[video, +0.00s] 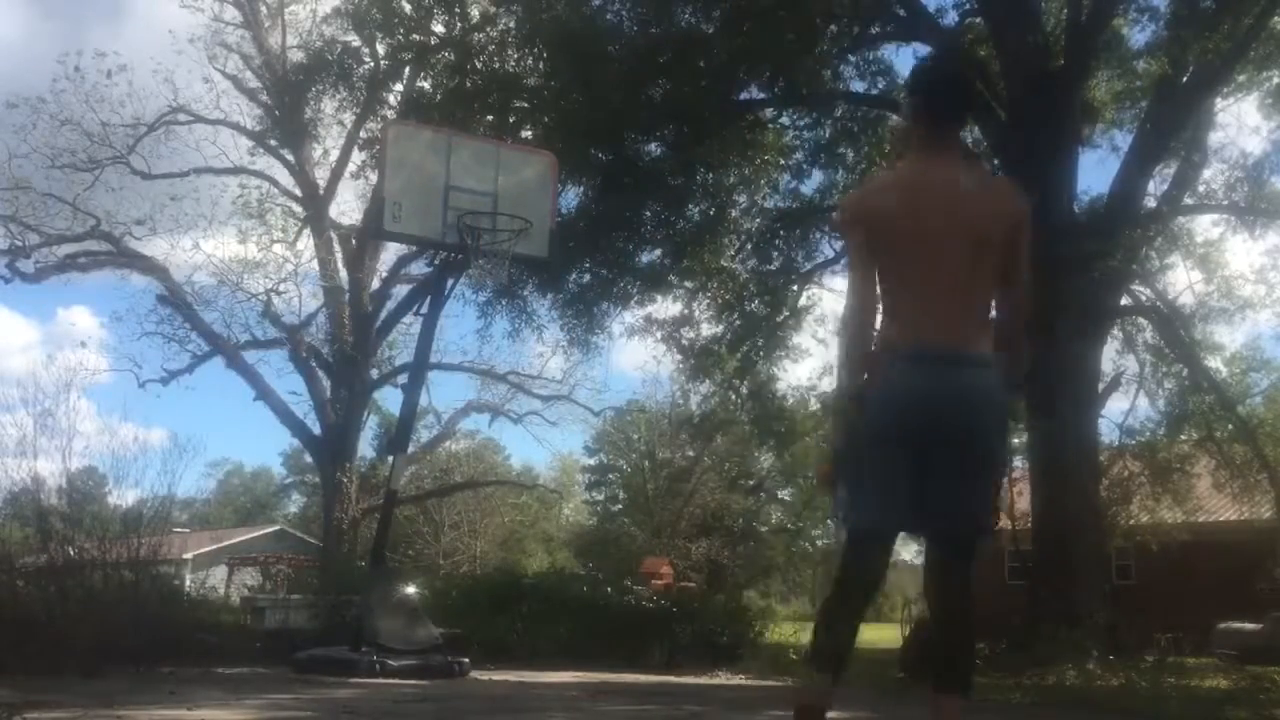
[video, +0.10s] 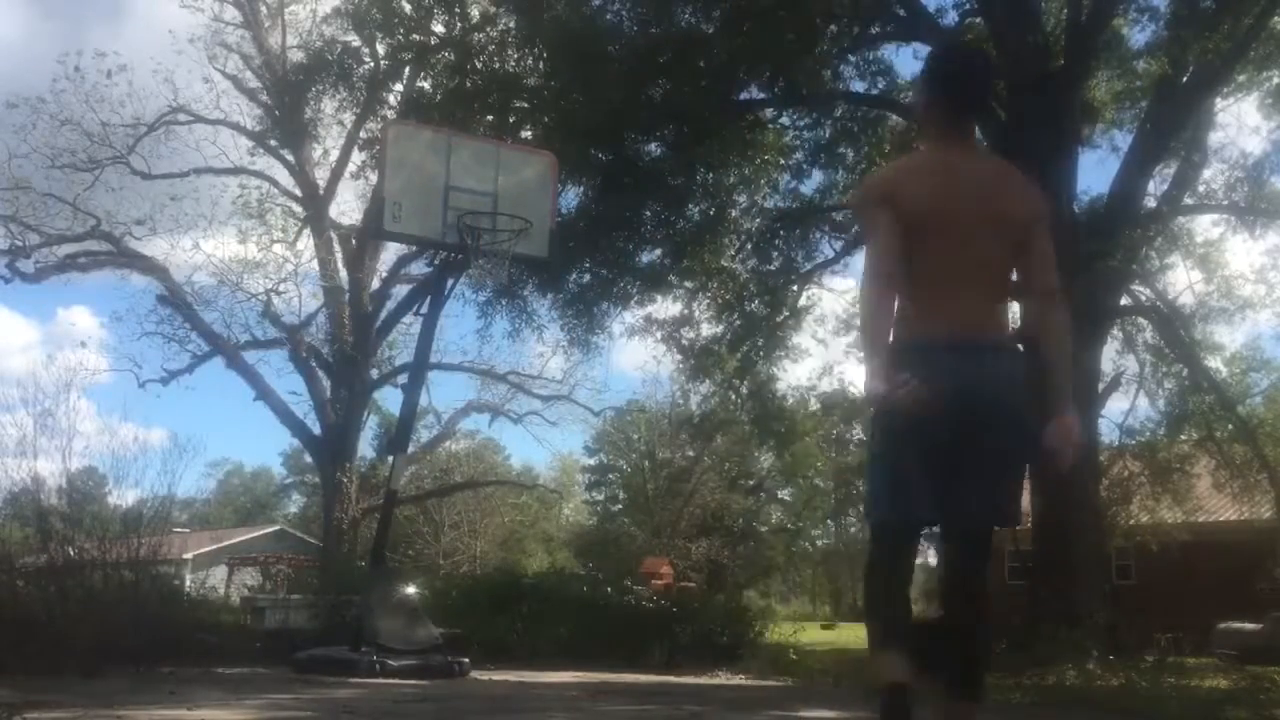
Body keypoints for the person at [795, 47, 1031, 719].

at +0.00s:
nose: (906, 121)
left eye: (907, 111)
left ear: (911, 115)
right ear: (970, 119)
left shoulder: (872, 197)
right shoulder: (1005, 199)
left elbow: (860, 315)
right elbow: (1014, 310)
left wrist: (845, 408)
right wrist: (998, 388)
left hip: (894, 385)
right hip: (976, 389)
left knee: (863, 555)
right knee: (953, 563)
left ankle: (812, 699)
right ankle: (949, 704)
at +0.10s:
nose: (917, 105)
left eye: (920, 96)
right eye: (925, 96)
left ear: (924, 102)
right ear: (984, 105)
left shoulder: (891, 185)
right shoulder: (1021, 191)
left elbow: (880, 280)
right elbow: (1047, 300)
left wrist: (877, 368)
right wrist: (1065, 402)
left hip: (918, 369)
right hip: (998, 374)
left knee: (892, 538)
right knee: (970, 545)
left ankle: (895, 671)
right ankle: (963, 695)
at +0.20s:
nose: (926, 101)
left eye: (930, 92)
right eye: (935, 92)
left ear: (940, 100)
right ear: (998, 104)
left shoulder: (907, 169)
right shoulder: (1032, 187)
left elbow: (912, 221)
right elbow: (1091, 264)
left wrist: (917, 313)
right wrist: (1114, 350)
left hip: (942, 375)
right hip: (1020, 373)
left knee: (928, 525)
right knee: (988, 528)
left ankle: (977, 661)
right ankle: (970, 661)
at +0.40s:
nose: (950, 108)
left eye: (955, 97)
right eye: (951, 98)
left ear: (972, 99)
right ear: (1023, 103)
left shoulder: (959, 157)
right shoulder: (1062, 175)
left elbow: (961, 210)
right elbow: (1118, 258)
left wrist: (952, 303)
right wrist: (1154, 366)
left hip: (1002, 370)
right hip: (1069, 372)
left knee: (1026, 548)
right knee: (1040, 547)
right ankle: (990, 696)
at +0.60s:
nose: (996, 74)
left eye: (999, 63)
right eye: (997, 63)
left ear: (1019, 66)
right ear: (1077, 68)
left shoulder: (1005, 147)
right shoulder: (1116, 156)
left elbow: (995, 277)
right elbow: (1116, 262)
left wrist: (970, 399)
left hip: (1060, 344)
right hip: (1133, 343)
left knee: (1091, 526)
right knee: (1078, 521)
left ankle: (1134, 697)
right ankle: (1055, 687)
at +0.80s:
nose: (1055, 58)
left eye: (1059, 46)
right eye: (1061, 46)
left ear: (1070, 48)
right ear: (1133, 55)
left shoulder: (1046, 132)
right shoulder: (1165, 140)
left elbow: (1033, 252)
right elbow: (1153, 248)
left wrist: (1009, 326)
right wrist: (1054, 308)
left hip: (1091, 338)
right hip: (1172, 337)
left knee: (1110, 537)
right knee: (1173, 537)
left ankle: (1145, 700)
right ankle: (1173, 697)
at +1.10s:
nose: (1112, 68)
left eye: (1116, 56)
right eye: (1117, 56)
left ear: (1127, 56)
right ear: (1188, 60)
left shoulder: (1091, 144)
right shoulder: (1233, 147)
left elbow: (1072, 269)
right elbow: (1225, 247)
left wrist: (1061, 348)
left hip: (1139, 350)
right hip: (1233, 345)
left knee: (1119, 539)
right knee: (1243, 543)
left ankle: (1137, 696)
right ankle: (1258, 701)